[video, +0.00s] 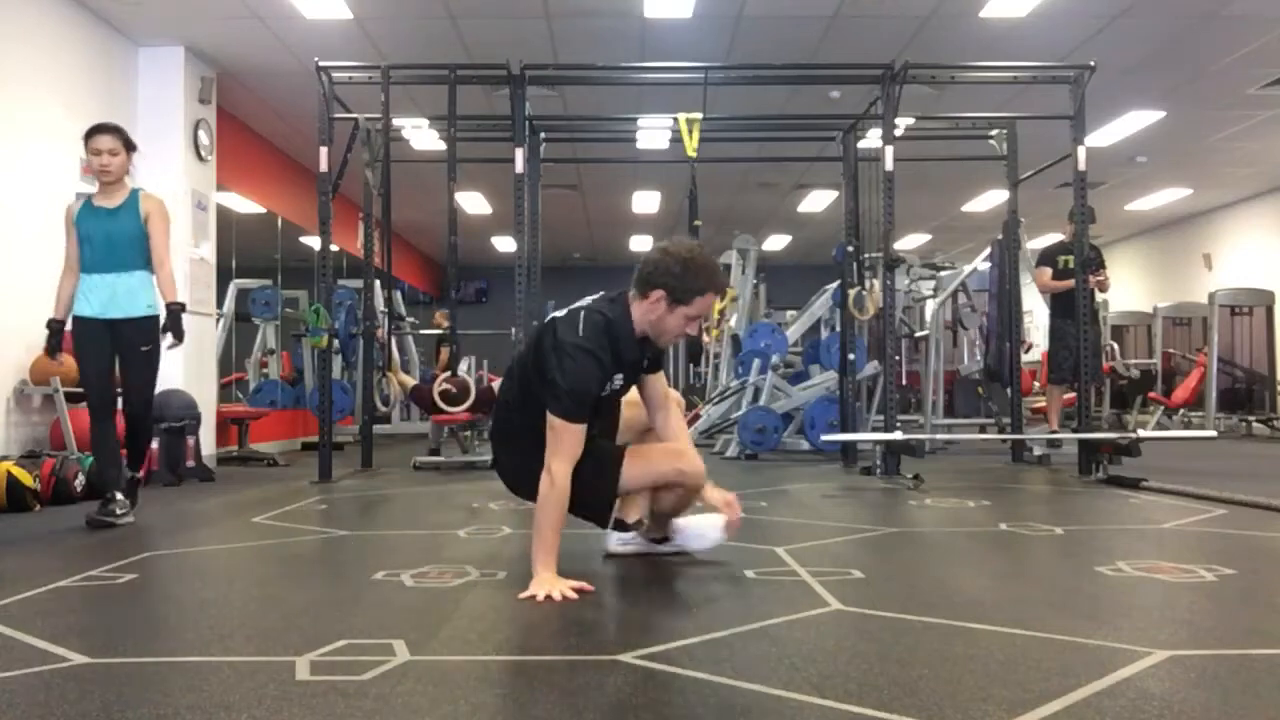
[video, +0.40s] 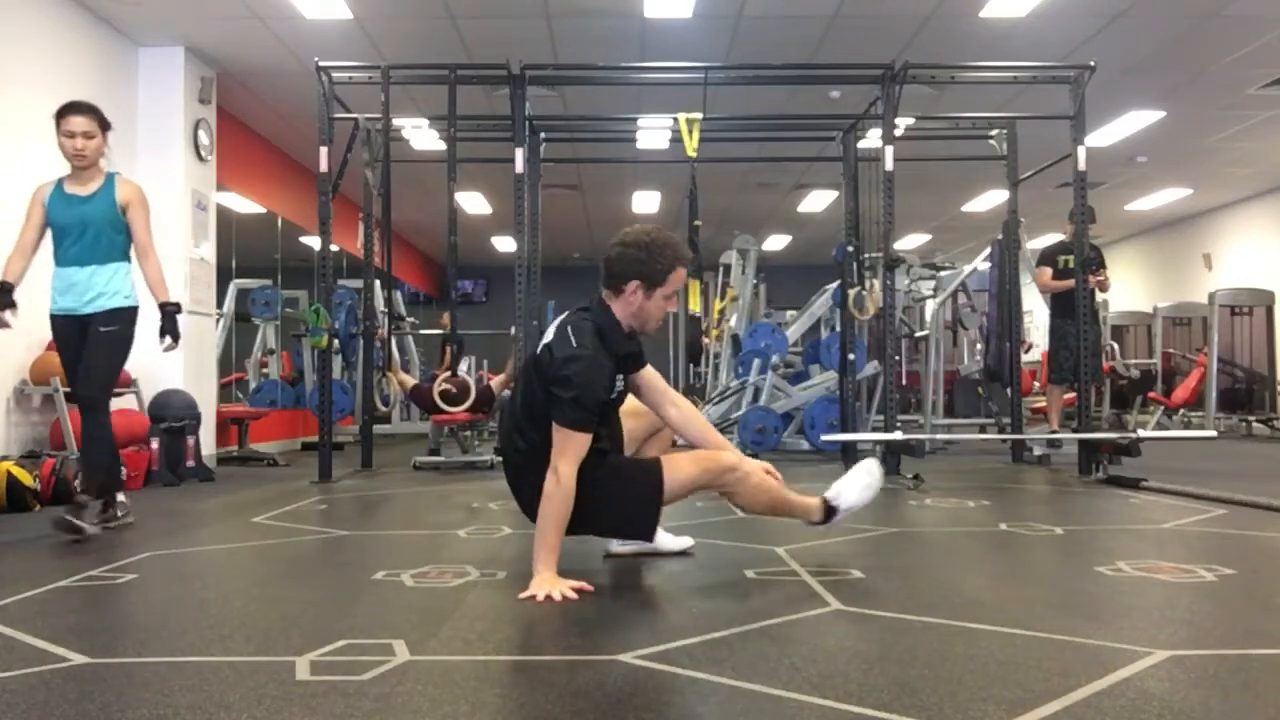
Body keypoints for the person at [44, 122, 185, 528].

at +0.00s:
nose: (104, 160)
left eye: (113, 153)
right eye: (96, 153)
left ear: (129, 157)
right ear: (87, 159)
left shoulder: (149, 204)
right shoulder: (77, 211)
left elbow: (162, 263)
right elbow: (71, 271)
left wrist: (174, 308)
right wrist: (57, 324)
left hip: (139, 318)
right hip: (90, 320)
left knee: (137, 409)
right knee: (100, 407)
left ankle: (132, 478)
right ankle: (114, 496)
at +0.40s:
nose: (78, 144)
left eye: (87, 136)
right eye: (69, 136)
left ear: (104, 139)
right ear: (59, 141)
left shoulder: (125, 190)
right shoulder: (46, 194)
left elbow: (145, 251)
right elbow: (24, 248)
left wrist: (167, 305)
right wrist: (4, 288)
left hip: (114, 307)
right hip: (66, 310)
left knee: (93, 398)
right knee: (88, 402)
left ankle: (91, 502)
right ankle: (113, 498)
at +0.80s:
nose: (20, 114)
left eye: (30, 104)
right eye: (11, 106)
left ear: (55, 107)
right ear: (4, 110)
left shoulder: (78, 164)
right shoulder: (8, 167)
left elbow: (95, 233)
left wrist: (104, 292)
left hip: (66, 298)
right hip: (11, 300)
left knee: (61, 405)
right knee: (1, 401)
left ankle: (47, 510)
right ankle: (38, 478)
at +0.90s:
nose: (3, 105)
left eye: (11, 96)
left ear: (37, 100)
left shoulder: (66, 155)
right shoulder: (4, 153)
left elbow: (81, 224)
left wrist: (74, 287)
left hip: (52, 295)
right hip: (5, 297)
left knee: (52, 404)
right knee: (0, 396)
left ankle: (44, 512)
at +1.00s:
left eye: (2, 92)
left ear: (26, 95)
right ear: (0, 97)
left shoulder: (54, 152)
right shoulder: (2, 151)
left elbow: (72, 223)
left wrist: (50, 282)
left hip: (44, 293)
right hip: (0, 295)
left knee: (45, 402)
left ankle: (43, 513)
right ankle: (40, 510)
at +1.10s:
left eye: (0, 83)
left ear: (10, 89)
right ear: (5, 89)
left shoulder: (35, 147)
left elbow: (52, 220)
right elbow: (52, 220)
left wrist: (25, 276)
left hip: (27, 293)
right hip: (4, 292)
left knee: (32, 406)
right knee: (29, 407)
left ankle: (40, 513)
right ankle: (39, 510)